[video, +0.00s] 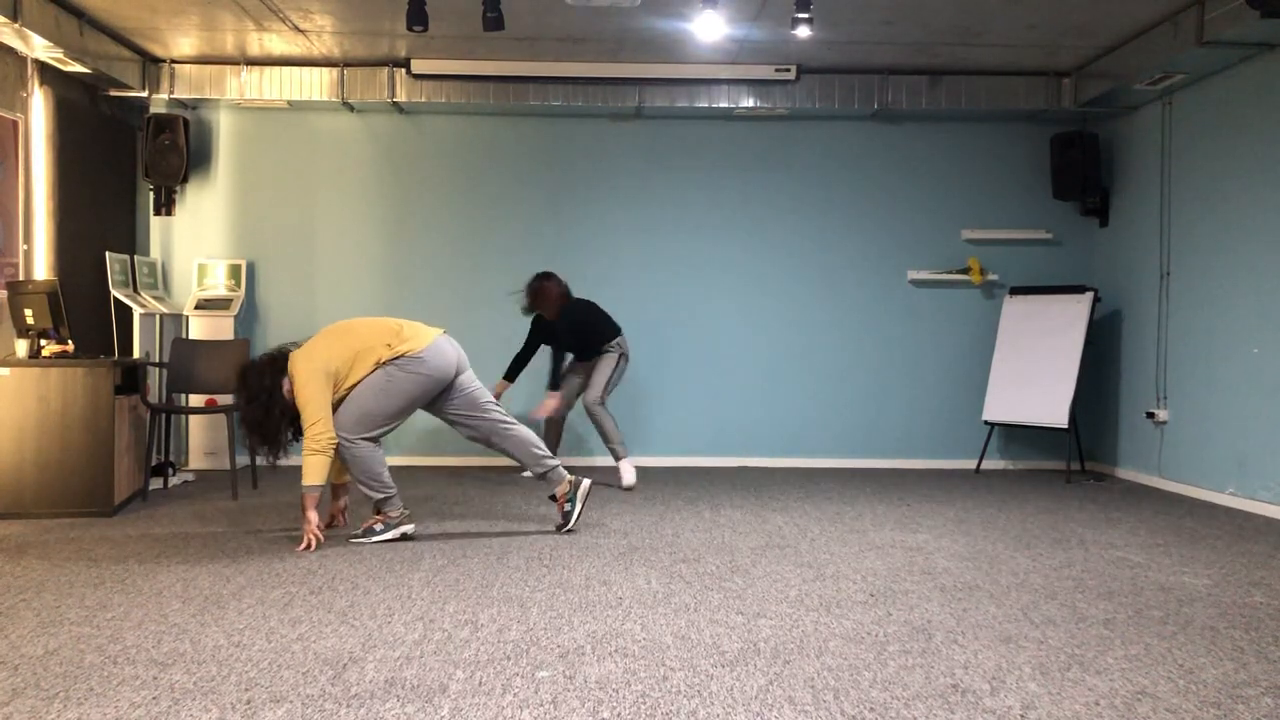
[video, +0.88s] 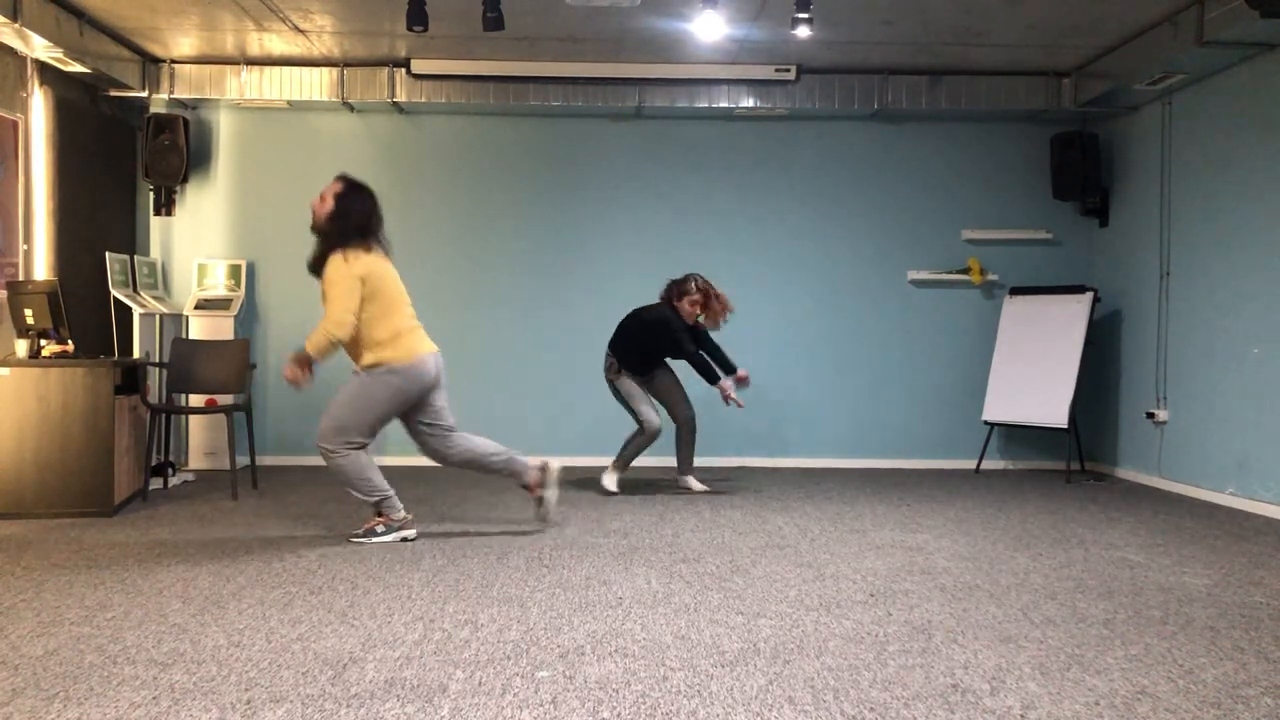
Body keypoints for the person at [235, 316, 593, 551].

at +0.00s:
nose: (294, 412)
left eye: (283, 407)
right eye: (288, 408)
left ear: (282, 387)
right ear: (287, 375)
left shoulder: (308, 371)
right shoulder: (320, 356)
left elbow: (317, 438)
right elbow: (343, 429)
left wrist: (309, 511)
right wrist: (338, 493)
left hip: (418, 359)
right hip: (442, 349)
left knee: (348, 432)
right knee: (490, 422)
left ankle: (391, 514)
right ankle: (564, 485)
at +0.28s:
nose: (283, 406)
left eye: (274, 401)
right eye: (275, 402)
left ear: (278, 384)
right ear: (287, 366)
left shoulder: (312, 373)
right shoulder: (326, 359)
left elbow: (318, 444)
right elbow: (345, 435)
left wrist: (312, 515)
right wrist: (341, 495)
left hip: (422, 385)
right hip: (445, 378)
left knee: (344, 440)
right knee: (481, 459)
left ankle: (390, 516)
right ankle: (573, 468)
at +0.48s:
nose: (307, 382)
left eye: (302, 374)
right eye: (303, 376)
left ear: (308, 363)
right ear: (325, 347)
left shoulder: (338, 373)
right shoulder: (359, 359)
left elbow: (330, 447)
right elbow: (350, 441)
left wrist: (312, 511)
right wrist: (340, 499)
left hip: (435, 435)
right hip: (463, 429)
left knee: (342, 448)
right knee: (491, 505)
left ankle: (390, 518)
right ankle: (579, 491)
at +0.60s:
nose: (313, 334)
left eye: (317, 327)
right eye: (314, 326)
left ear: (336, 331)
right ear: (354, 326)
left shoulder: (362, 363)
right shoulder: (386, 349)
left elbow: (347, 429)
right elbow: (368, 426)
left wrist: (323, 486)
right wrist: (343, 483)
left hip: (439, 441)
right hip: (469, 437)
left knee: (347, 443)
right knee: (496, 513)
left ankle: (393, 519)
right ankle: (582, 494)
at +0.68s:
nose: (318, 308)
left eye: (323, 301)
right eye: (320, 299)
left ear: (343, 304)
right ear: (359, 301)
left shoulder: (364, 343)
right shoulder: (389, 329)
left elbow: (354, 410)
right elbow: (369, 405)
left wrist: (327, 460)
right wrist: (335, 461)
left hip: (439, 427)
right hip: (468, 424)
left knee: (342, 442)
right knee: (493, 500)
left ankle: (393, 517)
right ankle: (584, 495)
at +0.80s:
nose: (316, 234)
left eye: (324, 229)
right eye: (321, 226)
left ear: (343, 242)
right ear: (360, 244)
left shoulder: (352, 289)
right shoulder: (380, 281)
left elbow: (350, 354)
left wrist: (316, 393)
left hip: (411, 388)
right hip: (441, 381)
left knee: (334, 446)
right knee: (477, 453)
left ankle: (392, 516)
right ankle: (565, 489)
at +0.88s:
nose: (315, 202)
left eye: (324, 199)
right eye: (321, 196)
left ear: (340, 214)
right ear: (353, 217)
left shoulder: (341, 262)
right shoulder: (371, 255)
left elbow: (339, 322)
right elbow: (354, 322)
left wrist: (304, 357)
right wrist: (312, 355)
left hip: (394, 367)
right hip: (422, 360)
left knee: (337, 442)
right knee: (443, 443)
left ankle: (392, 516)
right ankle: (531, 473)